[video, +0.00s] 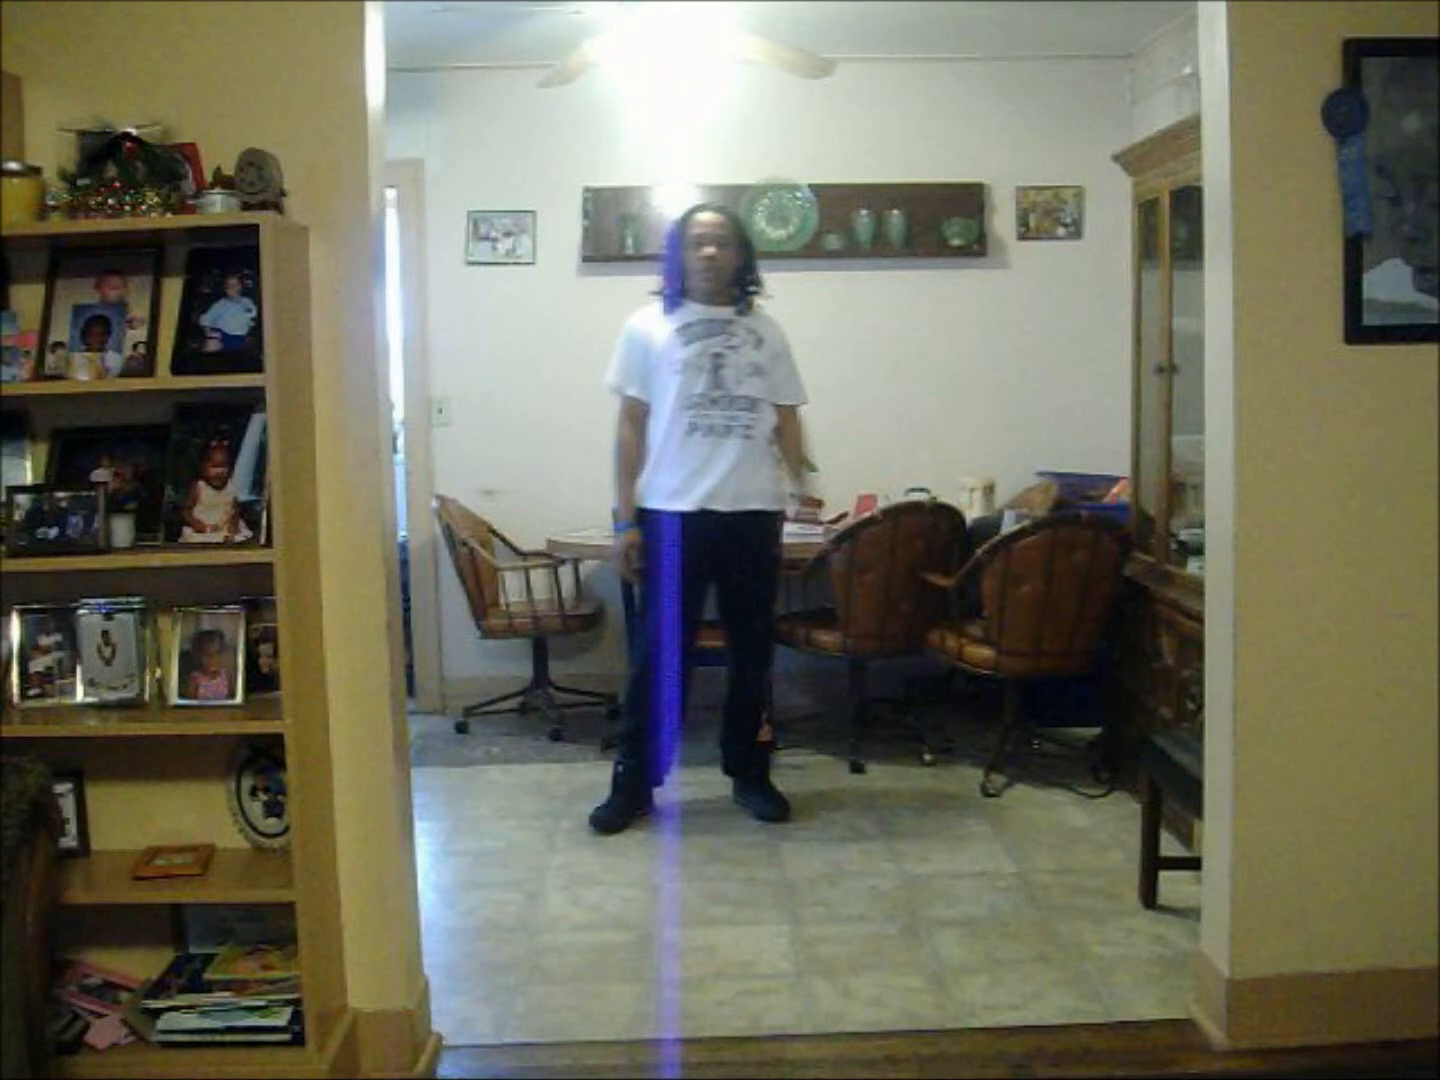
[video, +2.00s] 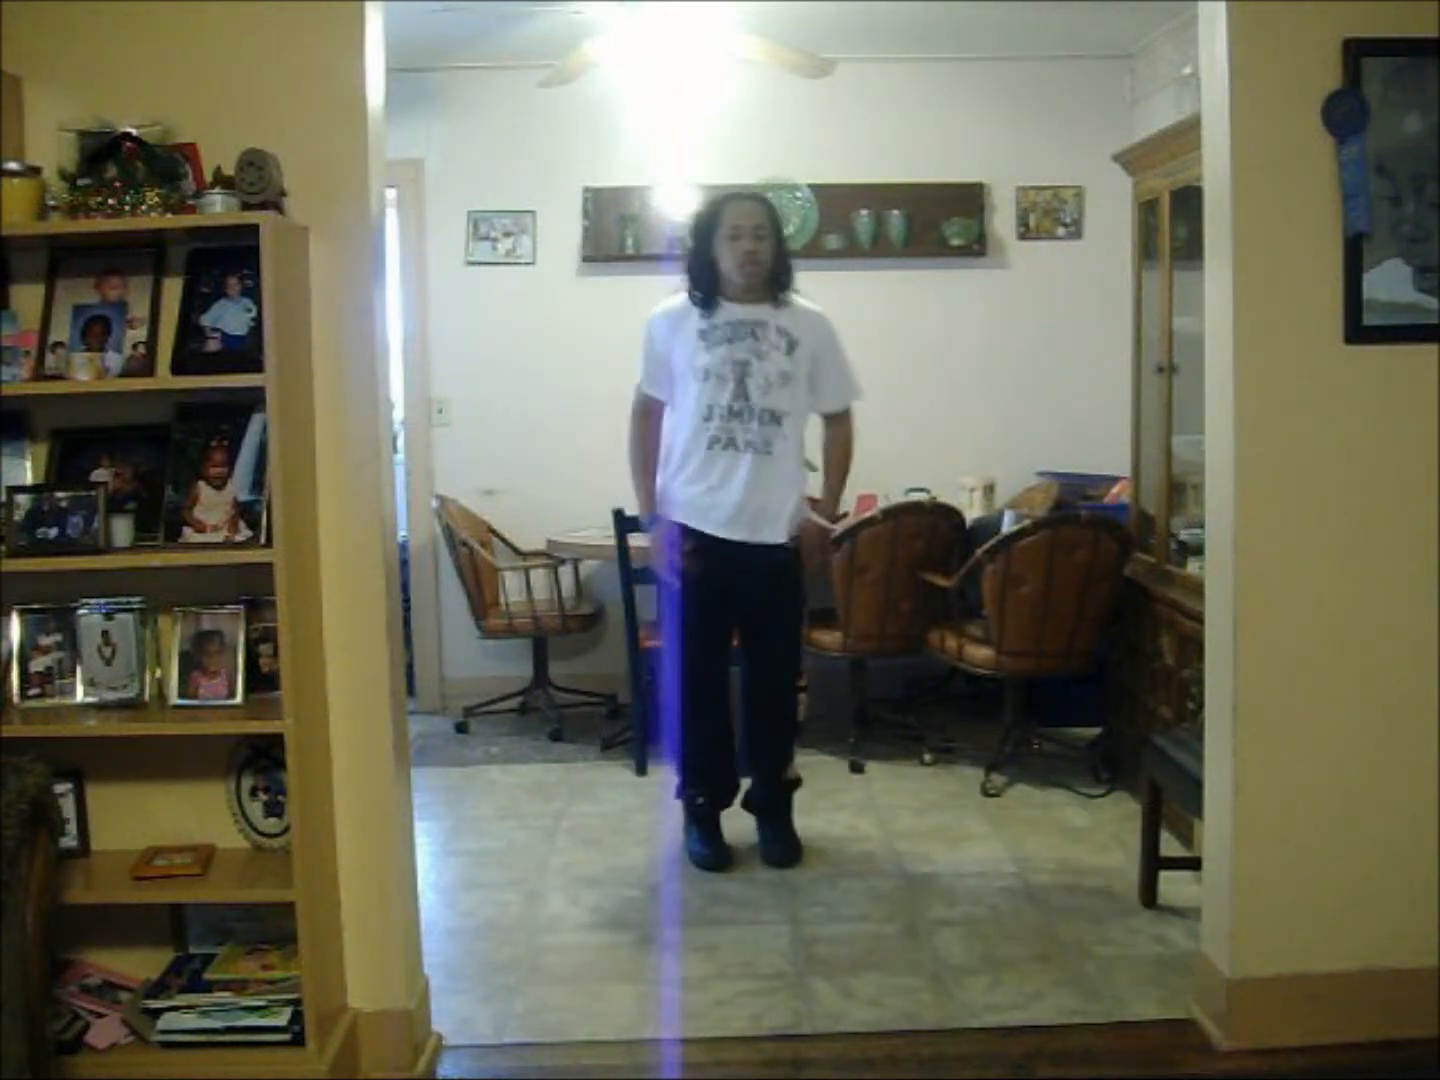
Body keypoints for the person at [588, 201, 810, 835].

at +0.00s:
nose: (710, 253)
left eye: (722, 243)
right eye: (698, 243)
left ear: (742, 258)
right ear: (677, 258)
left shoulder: (763, 329)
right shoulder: (648, 327)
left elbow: (786, 417)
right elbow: (632, 425)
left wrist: (802, 482)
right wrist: (625, 518)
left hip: (753, 513)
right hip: (673, 512)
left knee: (751, 655)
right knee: (656, 655)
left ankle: (750, 774)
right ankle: (633, 785)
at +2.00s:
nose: (749, 248)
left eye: (760, 236)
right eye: (735, 237)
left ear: (777, 247)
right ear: (708, 249)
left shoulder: (808, 326)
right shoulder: (672, 324)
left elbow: (838, 420)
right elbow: (647, 416)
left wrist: (828, 508)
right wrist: (650, 510)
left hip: (776, 532)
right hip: (693, 527)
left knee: (774, 678)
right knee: (699, 676)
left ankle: (774, 809)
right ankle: (702, 812)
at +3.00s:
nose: (698, 257)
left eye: (708, 244)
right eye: (684, 248)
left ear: (730, 252)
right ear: (663, 262)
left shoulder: (769, 329)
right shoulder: (650, 333)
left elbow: (806, 422)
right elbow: (632, 412)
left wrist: (746, 490)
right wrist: (642, 465)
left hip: (739, 518)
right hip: (667, 514)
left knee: (750, 659)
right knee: (664, 655)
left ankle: (772, 801)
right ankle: (676, 782)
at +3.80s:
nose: (682, 259)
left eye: (693, 246)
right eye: (669, 248)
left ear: (715, 255)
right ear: (649, 260)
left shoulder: (754, 329)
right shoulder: (633, 339)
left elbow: (788, 417)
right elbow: (608, 428)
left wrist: (837, 483)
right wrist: (571, 509)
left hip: (728, 517)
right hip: (648, 515)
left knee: (746, 657)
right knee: (659, 659)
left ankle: (776, 796)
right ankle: (674, 784)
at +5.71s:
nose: (700, 245)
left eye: (712, 235)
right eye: (686, 237)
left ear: (733, 252)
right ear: (663, 257)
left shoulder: (765, 331)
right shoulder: (633, 329)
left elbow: (777, 428)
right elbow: (604, 421)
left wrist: (791, 506)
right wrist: (603, 498)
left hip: (736, 525)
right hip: (653, 522)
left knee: (748, 672)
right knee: (655, 669)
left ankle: (777, 820)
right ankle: (667, 795)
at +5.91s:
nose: (713, 237)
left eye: (729, 229)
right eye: (703, 227)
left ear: (752, 251)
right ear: (686, 246)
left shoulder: (784, 329)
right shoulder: (653, 320)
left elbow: (817, 412)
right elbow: (634, 399)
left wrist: (870, 441)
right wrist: (572, 437)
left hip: (746, 514)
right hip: (663, 511)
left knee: (763, 668)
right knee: (661, 661)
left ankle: (777, 823)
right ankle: (668, 797)